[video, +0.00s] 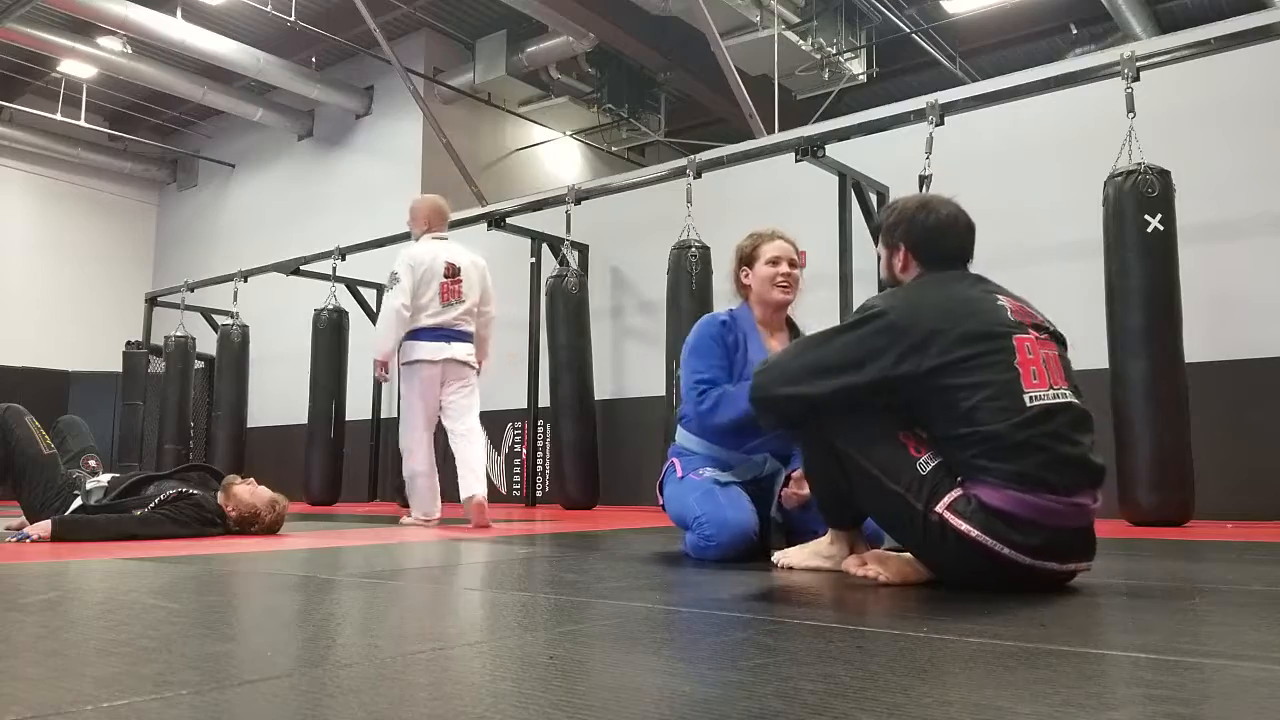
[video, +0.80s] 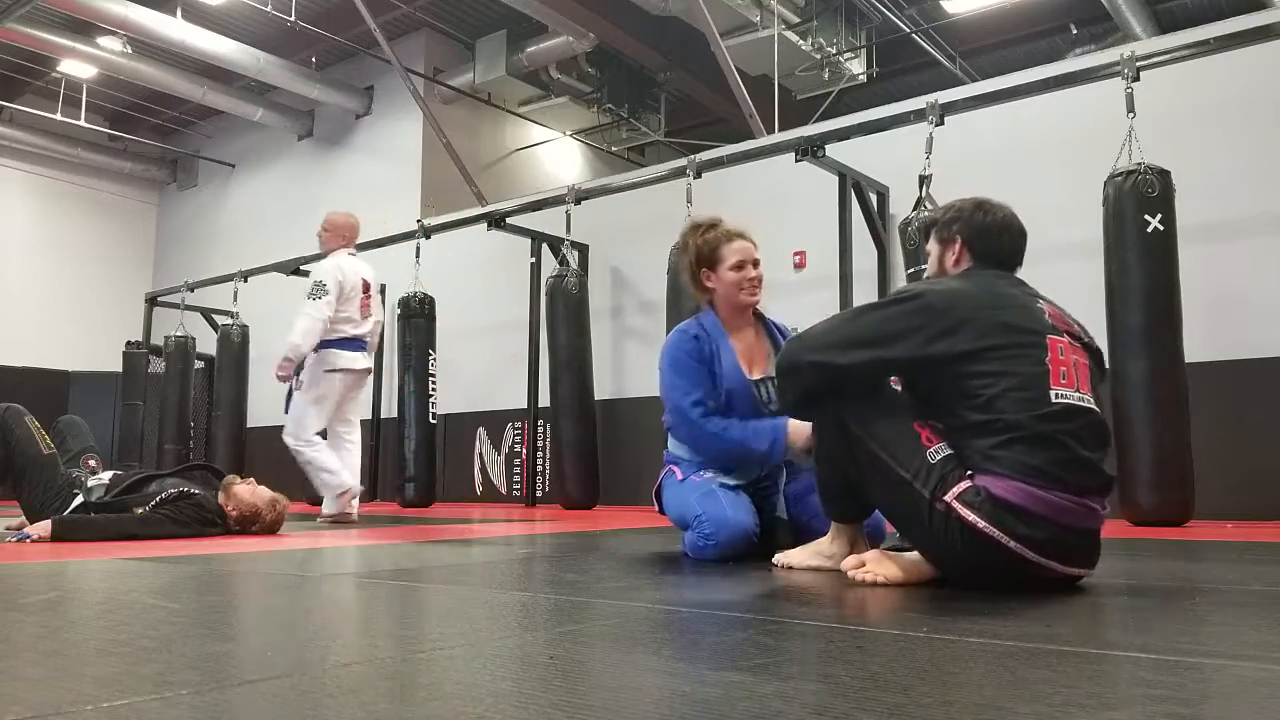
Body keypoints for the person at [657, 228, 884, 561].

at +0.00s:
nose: (786, 271)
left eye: (793, 265)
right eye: (774, 263)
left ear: (801, 278)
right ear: (746, 276)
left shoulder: (806, 348)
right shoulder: (714, 330)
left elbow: (814, 418)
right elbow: (703, 409)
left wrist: (802, 469)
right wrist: (783, 389)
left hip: (778, 473)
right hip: (704, 468)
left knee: (866, 534)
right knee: (734, 534)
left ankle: (781, 527)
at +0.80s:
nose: (754, 275)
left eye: (756, 265)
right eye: (739, 267)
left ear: (763, 266)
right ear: (709, 279)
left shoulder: (784, 338)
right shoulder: (686, 342)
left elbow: (813, 400)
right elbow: (695, 431)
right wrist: (785, 432)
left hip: (778, 472)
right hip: (702, 474)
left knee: (869, 526)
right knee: (733, 532)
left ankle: (768, 525)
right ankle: (697, 541)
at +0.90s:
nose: (762, 276)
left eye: (764, 266)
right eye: (747, 270)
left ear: (770, 269)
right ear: (717, 281)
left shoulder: (792, 341)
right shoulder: (690, 344)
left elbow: (824, 407)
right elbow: (677, 435)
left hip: (773, 474)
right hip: (701, 475)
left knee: (875, 526)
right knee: (732, 533)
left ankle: (774, 530)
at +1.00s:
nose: (775, 276)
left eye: (778, 266)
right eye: (760, 268)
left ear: (784, 269)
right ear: (730, 279)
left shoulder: (799, 340)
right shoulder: (695, 341)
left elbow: (833, 401)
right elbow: (664, 418)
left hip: (778, 475)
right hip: (704, 477)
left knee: (876, 527)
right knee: (733, 534)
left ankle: (776, 529)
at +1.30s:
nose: (827, 284)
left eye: (830, 276)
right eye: (814, 273)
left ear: (833, 281)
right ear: (779, 280)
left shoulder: (828, 349)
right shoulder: (731, 334)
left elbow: (852, 414)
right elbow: (681, 417)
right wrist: (713, 405)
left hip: (779, 475)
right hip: (705, 469)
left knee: (876, 529)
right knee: (731, 538)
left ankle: (777, 524)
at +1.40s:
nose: (839, 287)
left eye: (843, 277)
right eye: (828, 274)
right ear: (792, 276)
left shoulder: (837, 347)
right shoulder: (739, 332)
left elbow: (855, 412)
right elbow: (708, 411)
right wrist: (752, 391)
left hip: (785, 469)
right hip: (708, 464)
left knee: (877, 530)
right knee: (729, 539)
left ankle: (783, 526)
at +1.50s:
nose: (846, 289)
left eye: (848, 279)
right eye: (837, 276)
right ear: (799, 273)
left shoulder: (835, 342)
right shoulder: (741, 331)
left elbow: (860, 412)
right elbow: (744, 404)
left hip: (788, 466)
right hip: (710, 461)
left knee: (881, 532)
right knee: (730, 539)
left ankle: (783, 519)